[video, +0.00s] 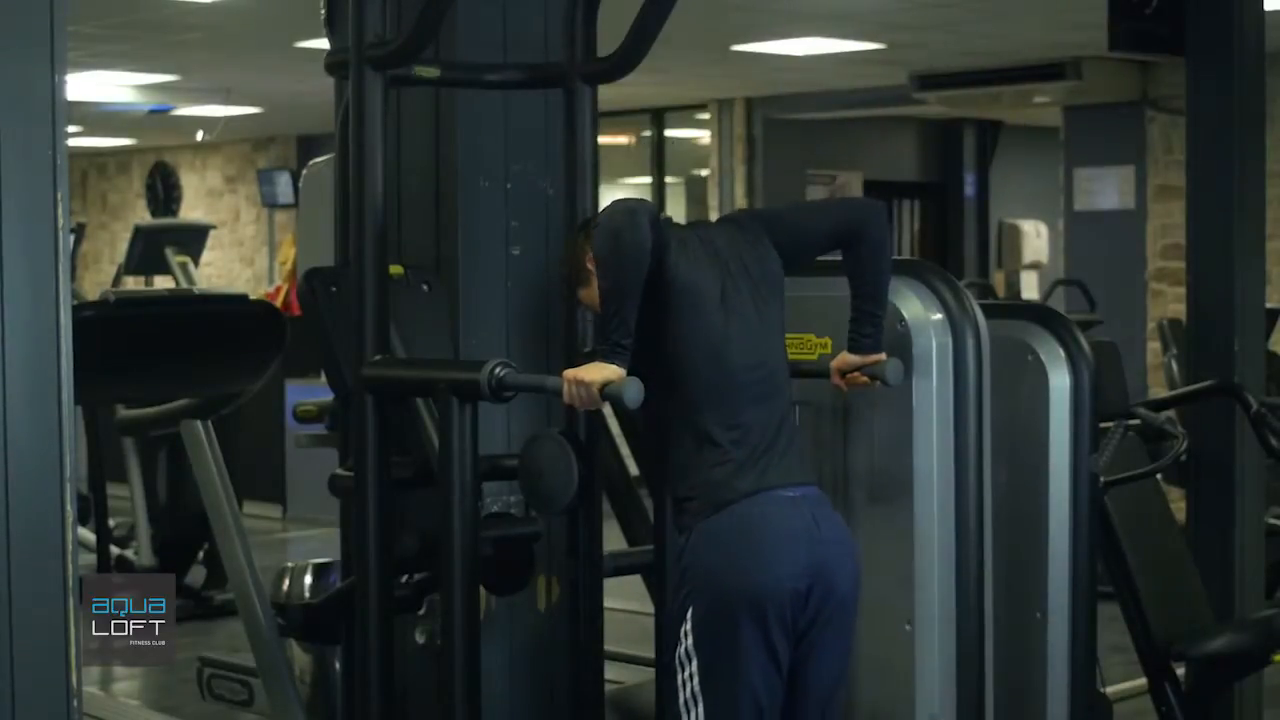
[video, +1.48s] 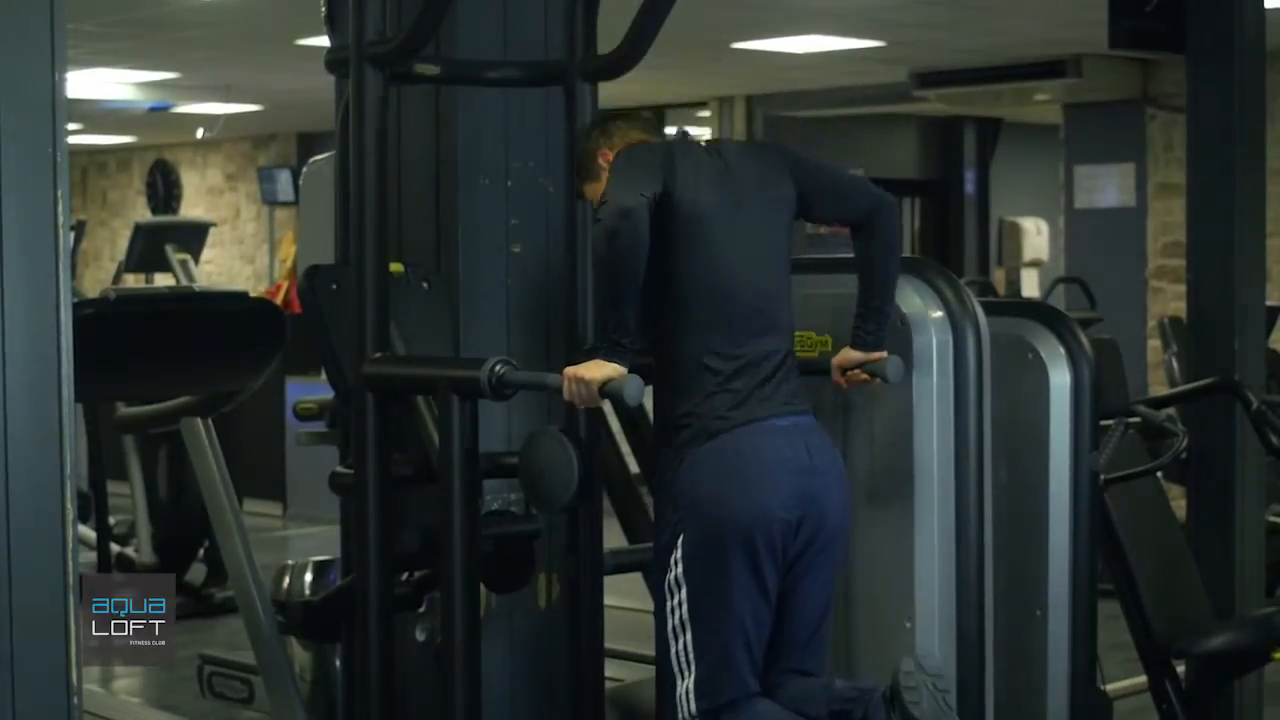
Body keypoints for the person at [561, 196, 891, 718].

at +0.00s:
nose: (600, 310)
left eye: (592, 297)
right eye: (593, 304)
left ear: (596, 262)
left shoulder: (639, 248)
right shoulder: (747, 233)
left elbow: (628, 215)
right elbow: (867, 216)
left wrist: (611, 352)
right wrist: (866, 341)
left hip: (728, 537)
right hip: (815, 517)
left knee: (723, 705)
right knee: (816, 707)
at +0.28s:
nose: (598, 219)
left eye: (593, 207)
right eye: (592, 212)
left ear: (603, 179)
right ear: (653, 151)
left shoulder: (634, 174)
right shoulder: (756, 172)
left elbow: (625, 222)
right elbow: (874, 212)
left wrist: (611, 351)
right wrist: (869, 341)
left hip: (724, 468)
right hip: (813, 453)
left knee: (719, 701)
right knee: (795, 687)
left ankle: (875, 707)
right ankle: (882, 705)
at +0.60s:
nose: (612, 140)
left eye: (604, 124)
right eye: (604, 131)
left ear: (616, 89)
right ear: (673, 72)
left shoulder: (647, 106)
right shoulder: (772, 111)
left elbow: (638, 217)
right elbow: (861, 209)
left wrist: (612, 351)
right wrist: (866, 340)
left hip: (715, 398)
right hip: (804, 386)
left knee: (699, 650)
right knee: (771, 616)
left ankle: (870, 700)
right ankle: (867, 633)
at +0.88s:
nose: (616, 102)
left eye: (608, 87)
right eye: (608, 94)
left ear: (623, 52)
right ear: (676, 35)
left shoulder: (652, 80)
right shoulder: (782, 85)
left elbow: (638, 210)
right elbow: (850, 204)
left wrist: (615, 347)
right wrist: (866, 336)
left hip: (720, 367)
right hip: (806, 356)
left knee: (694, 620)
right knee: (769, 590)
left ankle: (881, 666)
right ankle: (865, 590)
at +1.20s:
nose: (611, 148)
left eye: (604, 132)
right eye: (603, 139)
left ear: (617, 98)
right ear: (677, 79)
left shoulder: (647, 115)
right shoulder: (776, 117)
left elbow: (630, 210)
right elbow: (871, 207)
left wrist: (614, 350)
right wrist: (869, 339)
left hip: (720, 411)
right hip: (808, 398)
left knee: (704, 664)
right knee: (780, 635)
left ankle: (880, 705)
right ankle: (881, 654)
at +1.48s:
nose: (600, 206)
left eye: (595, 193)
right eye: (593, 199)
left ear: (608, 157)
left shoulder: (639, 159)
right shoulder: (768, 162)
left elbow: (624, 219)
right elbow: (877, 208)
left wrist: (613, 349)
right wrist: (869, 338)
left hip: (720, 465)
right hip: (809, 452)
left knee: (713, 700)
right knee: (789, 683)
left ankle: (880, 706)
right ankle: (885, 705)